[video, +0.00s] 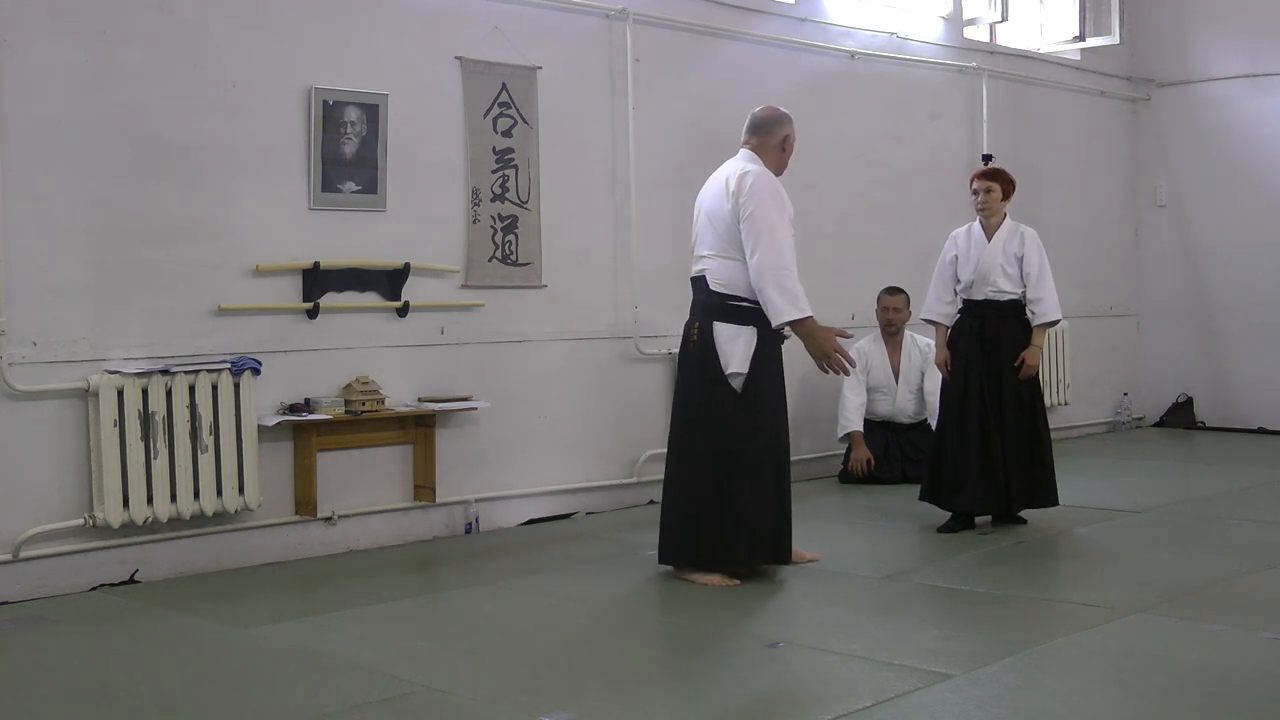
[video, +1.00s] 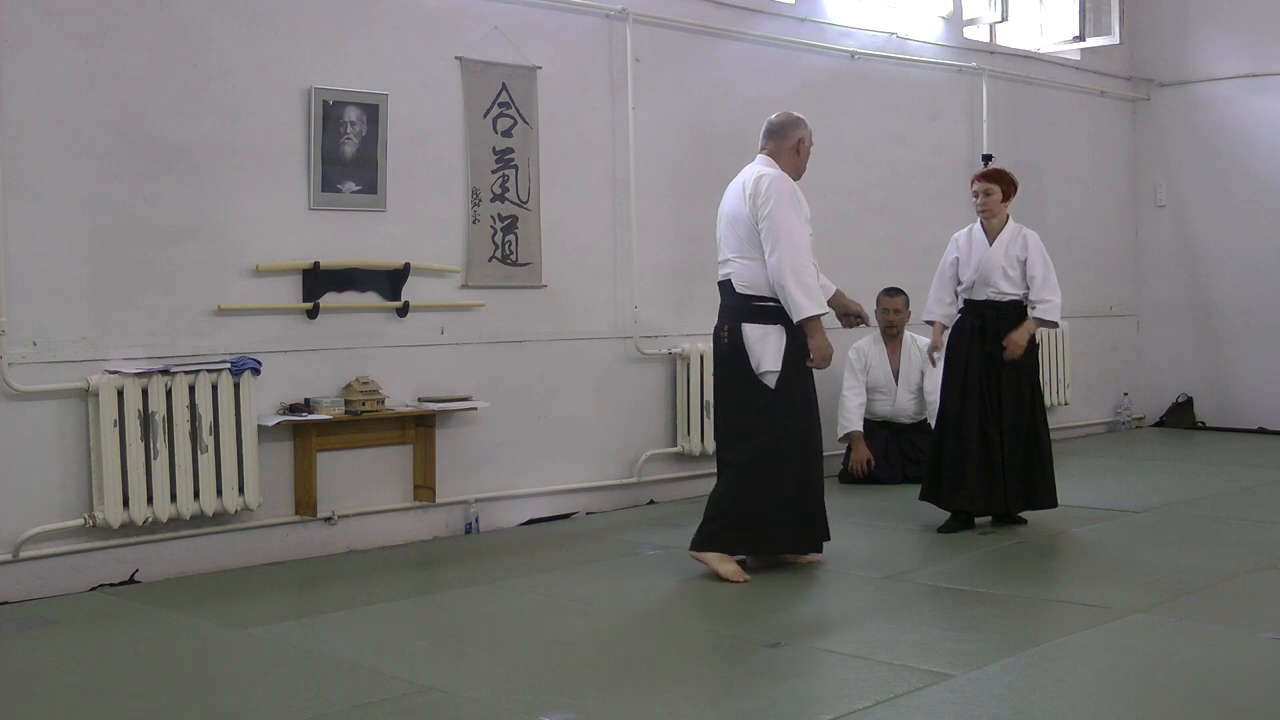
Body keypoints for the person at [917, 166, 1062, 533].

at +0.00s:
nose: (981, 198)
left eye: (989, 192)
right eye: (976, 193)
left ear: (1005, 196)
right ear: (971, 198)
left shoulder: (1024, 237)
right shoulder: (959, 238)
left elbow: (1041, 294)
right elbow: (943, 292)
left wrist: (1036, 344)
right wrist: (940, 343)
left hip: (1011, 331)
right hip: (968, 332)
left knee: (1010, 416)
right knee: (964, 416)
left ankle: (1006, 506)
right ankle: (963, 509)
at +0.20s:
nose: (981, 198)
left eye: (989, 192)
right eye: (976, 192)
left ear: (1006, 197)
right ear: (972, 198)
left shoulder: (1024, 238)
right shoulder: (960, 239)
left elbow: (1042, 295)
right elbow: (944, 293)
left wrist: (1036, 346)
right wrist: (940, 343)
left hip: (1011, 331)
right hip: (969, 332)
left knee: (1011, 416)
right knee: (964, 416)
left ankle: (1007, 506)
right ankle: (963, 509)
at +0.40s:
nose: (981, 198)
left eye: (990, 192)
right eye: (977, 193)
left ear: (1006, 197)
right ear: (972, 198)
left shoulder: (1024, 238)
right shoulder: (960, 239)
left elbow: (1042, 295)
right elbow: (944, 293)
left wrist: (1036, 346)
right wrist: (940, 342)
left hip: (1011, 331)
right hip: (969, 332)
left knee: (1010, 416)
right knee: (964, 416)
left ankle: (1007, 506)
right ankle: (963, 509)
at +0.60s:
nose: (981, 199)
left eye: (989, 193)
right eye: (976, 193)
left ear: (1006, 197)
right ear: (972, 198)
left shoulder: (1024, 238)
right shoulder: (960, 238)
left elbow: (1041, 295)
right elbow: (944, 292)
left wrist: (1036, 346)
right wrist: (940, 342)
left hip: (1011, 331)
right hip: (968, 332)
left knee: (1010, 415)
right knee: (964, 416)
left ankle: (1007, 506)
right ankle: (963, 509)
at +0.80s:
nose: (980, 199)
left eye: (988, 193)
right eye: (976, 194)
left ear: (1006, 197)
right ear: (972, 198)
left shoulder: (1024, 238)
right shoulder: (960, 239)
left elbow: (1042, 295)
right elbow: (943, 292)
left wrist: (1036, 345)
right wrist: (940, 343)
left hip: (1011, 331)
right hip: (969, 331)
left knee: (1010, 415)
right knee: (964, 415)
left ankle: (1006, 506)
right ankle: (963, 509)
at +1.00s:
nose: (980, 200)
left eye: (988, 194)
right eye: (976, 195)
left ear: (1006, 198)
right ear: (972, 199)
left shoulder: (1025, 239)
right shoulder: (961, 239)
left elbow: (1047, 296)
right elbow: (945, 289)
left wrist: (1025, 330)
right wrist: (937, 331)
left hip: (1011, 330)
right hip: (969, 330)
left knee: (1010, 414)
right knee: (963, 414)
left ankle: (1006, 506)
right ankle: (963, 508)